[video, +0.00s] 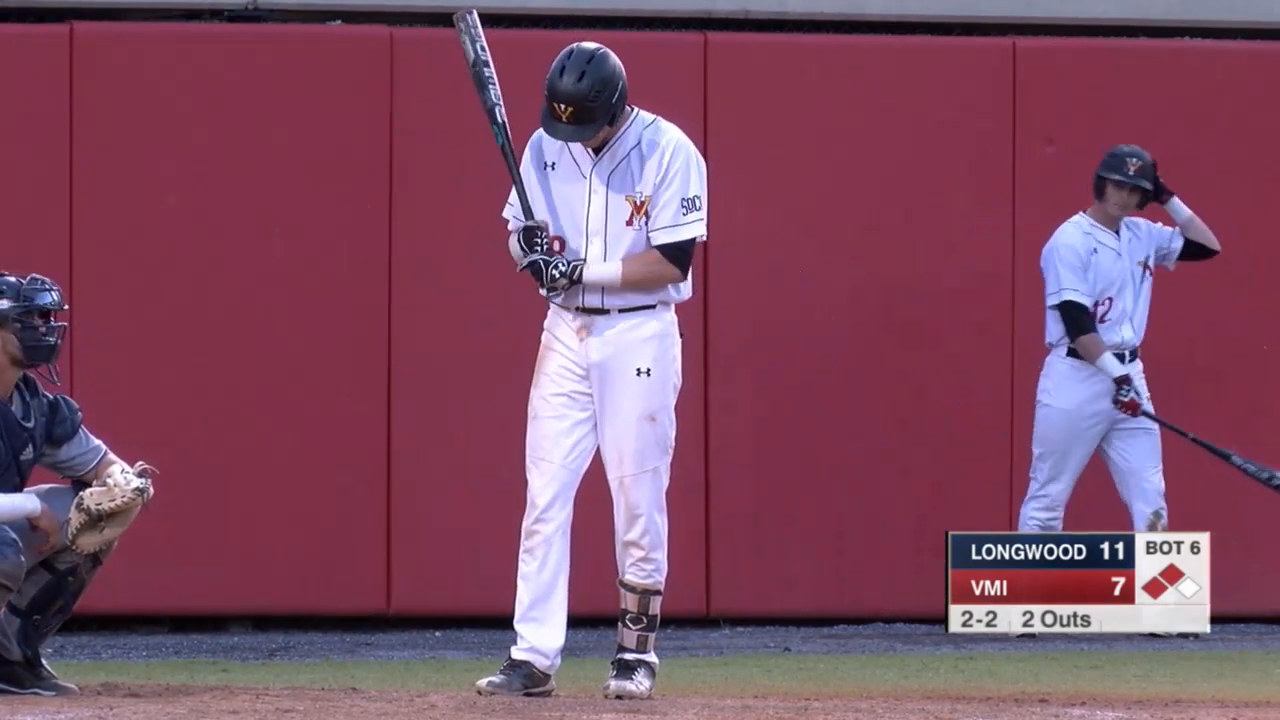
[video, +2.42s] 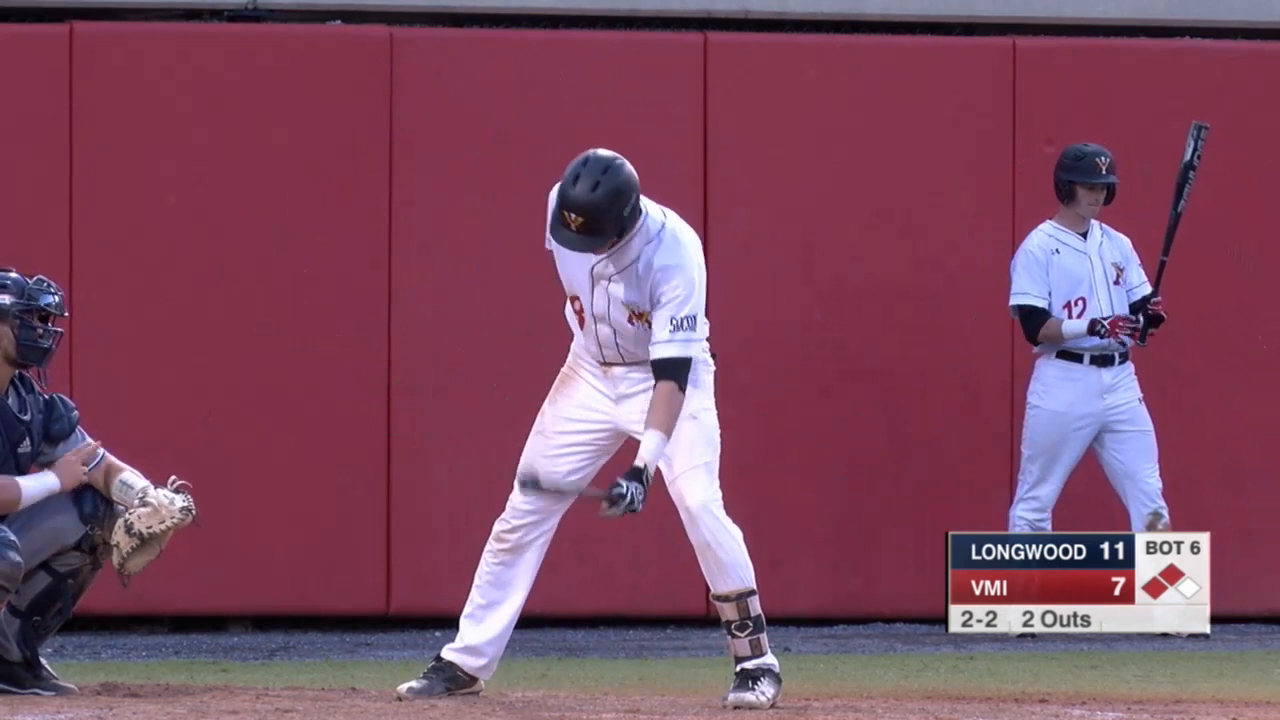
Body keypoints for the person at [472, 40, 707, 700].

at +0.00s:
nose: (576, 140)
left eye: (588, 129)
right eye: (567, 128)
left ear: (617, 109)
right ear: (555, 108)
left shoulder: (669, 149)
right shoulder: (545, 146)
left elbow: (672, 263)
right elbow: (517, 222)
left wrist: (581, 273)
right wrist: (529, 246)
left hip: (639, 339)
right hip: (564, 337)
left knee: (636, 491)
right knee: (545, 494)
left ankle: (635, 653)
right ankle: (533, 656)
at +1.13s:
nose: (515, 138)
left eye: (522, 125)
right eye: (505, 127)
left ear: (551, 109)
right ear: (498, 116)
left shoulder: (608, 149)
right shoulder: (499, 158)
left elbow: (579, 254)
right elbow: (499, 270)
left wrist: (491, 248)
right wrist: (471, 248)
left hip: (602, 348)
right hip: (526, 347)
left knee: (616, 500)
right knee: (493, 502)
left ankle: (633, 651)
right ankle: (463, 659)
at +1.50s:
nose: (430, 143)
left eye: (436, 129)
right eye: (419, 135)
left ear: (460, 104)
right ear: (410, 124)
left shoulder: (532, 137)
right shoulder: (416, 181)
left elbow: (567, 244)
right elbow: (433, 284)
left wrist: (518, 320)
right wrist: (460, 329)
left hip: (566, 340)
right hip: (487, 356)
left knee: (594, 489)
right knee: (463, 508)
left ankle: (635, 613)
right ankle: (460, 661)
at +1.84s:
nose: (440, 150)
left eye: (445, 135)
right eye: (428, 142)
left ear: (469, 111)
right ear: (417, 131)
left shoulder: (541, 145)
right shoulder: (423, 184)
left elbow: (590, 254)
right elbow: (440, 291)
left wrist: (565, 338)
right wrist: (472, 357)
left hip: (583, 331)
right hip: (501, 352)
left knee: (641, 472)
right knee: (470, 510)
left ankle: (715, 634)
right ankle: (461, 661)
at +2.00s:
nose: (480, 172)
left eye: (485, 159)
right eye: (469, 163)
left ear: (511, 137)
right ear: (459, 150)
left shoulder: (580, 169)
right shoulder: (467, 192)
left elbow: (627, 279)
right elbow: (463, 294)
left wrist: (603, 366)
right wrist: (445, 392)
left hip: (618, 353)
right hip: (539, 360)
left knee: (667, 491)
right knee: (484, 508)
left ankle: (744, 655)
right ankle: (461, 661)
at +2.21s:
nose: (543, 212)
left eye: (551, 200)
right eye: (532, 202)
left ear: (580, 176)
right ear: (519, 179)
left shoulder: (639, 207)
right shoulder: (527, 202)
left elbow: (667, 324)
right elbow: (526, 276)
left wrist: (633, 412)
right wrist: (497, 356)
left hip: (660, 374)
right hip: (578, 373)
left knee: (694, 504)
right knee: (513, 510)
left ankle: (755, 661)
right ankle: (462, 664)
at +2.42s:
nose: (583, 247)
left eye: (596, 239)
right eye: (575, 234)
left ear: (627, 220)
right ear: (564, 204)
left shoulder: (674, 253)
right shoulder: (562, 206)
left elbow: (673, 372)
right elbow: (586, 283)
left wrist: (643, 465)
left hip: (666, 377)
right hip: (587, 372)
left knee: (697, 501)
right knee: (526, 506)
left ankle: (754, 661)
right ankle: (463, 663)